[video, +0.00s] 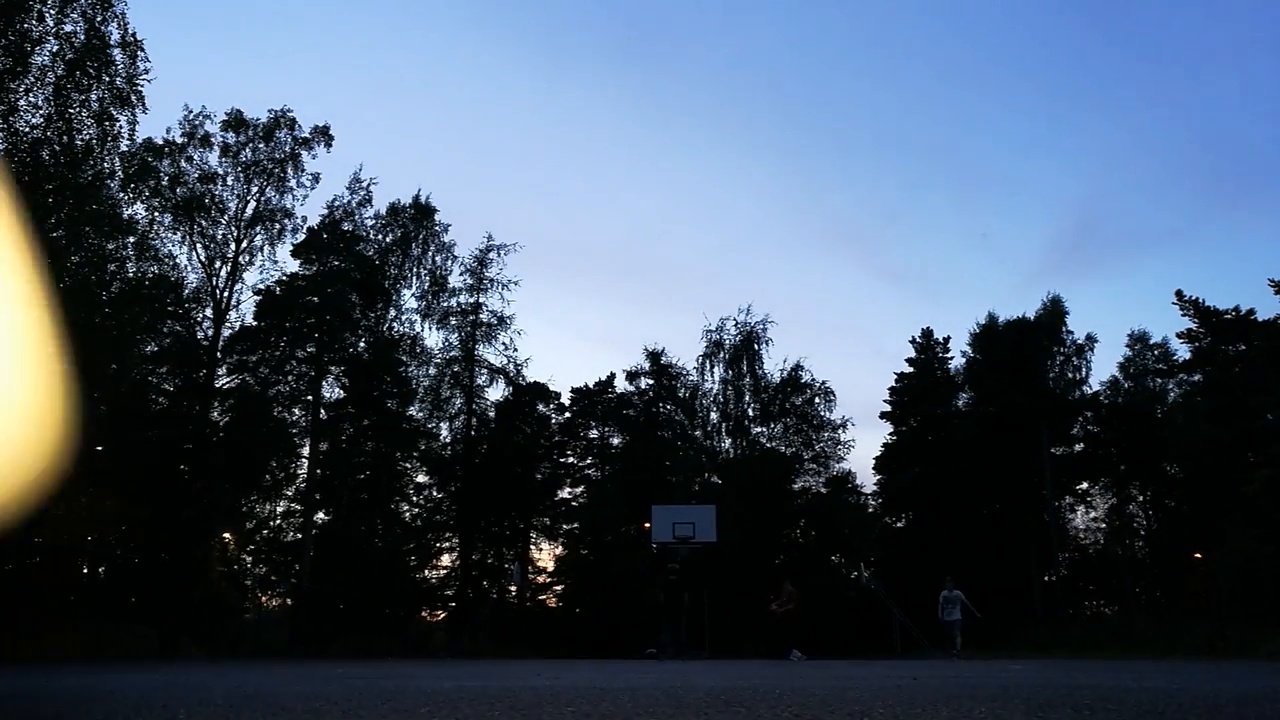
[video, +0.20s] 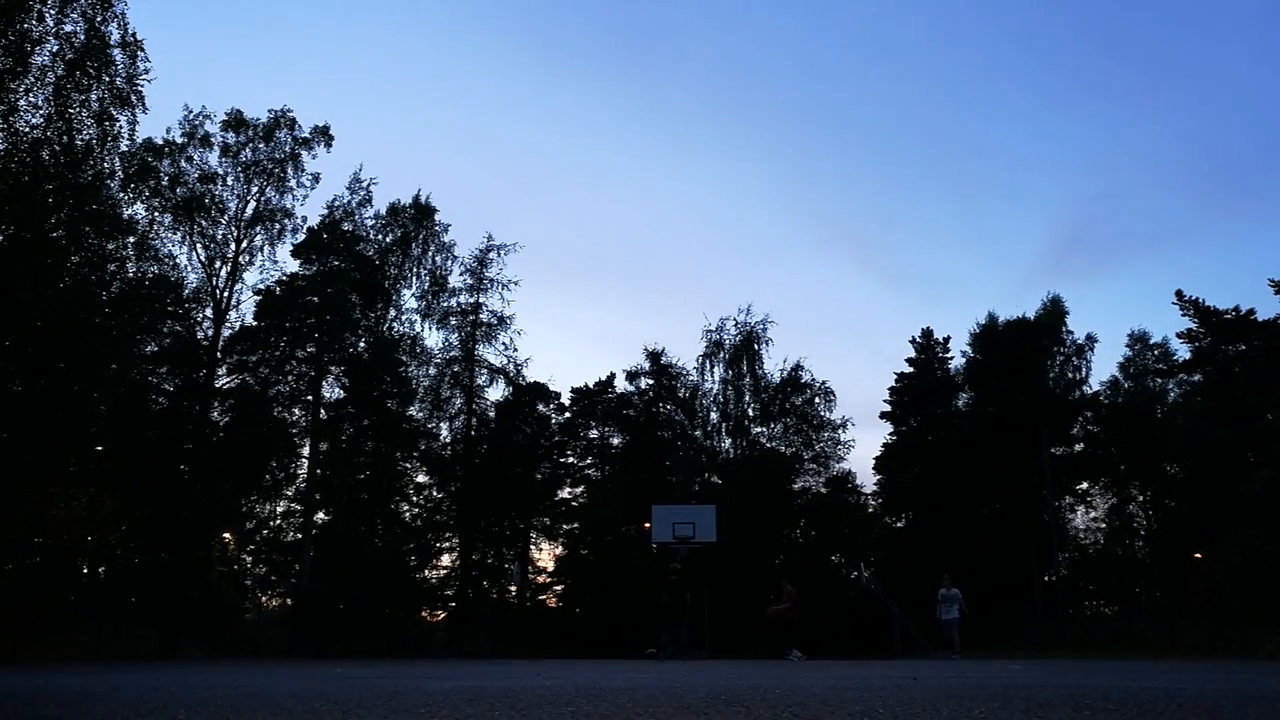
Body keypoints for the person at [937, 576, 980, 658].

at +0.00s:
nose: (949, 586)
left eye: (950, 584)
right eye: (948, 584)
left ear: (953, 585)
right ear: (946, 585)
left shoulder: (958, 593)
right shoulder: (943, 594)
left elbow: (966, 603)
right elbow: (940, 605)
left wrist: (975, 612)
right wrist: (940, 614)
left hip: (956, 617)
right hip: (946, 618)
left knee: (957, 634)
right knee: (948, 634)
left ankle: (957, 650)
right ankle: (949, 650)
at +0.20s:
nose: (947, 584)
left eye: (948, 583)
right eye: (946, 583)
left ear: (950, 583)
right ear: (944, 583)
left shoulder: (956, 592)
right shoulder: (941, 592)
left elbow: (961, 602)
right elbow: (939, 604)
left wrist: (963, 610)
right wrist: (938, 614)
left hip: (954, 617)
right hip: (944, 617)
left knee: (954, 633)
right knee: (946, 634)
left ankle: (956, 651)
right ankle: (948, 651)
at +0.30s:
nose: (945, 583)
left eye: (946, 581)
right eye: (944, 581)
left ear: (949, 582)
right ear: (942, 582)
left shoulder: (954, 591)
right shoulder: (940, 591)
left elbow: (957, 603)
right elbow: (938, 603)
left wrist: (958, 615)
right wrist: (937, 613)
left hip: (953, 616)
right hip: (943, 616)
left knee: (954, 633)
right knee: (943, 633)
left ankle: (956, 651)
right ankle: (944, 651)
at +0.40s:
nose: (943, 583)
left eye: (944, 581)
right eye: (942, 581)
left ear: (947, 582)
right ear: (940, 582)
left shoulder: (952, 591)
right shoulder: (938, 591)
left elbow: (955, 603)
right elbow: (937, 603)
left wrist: (955, 612)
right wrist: (936, 613)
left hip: (951, 616)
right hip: (941, 616)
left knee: (953, 633)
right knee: (941, 632)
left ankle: (955, 650)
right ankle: (941, 650)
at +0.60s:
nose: (935, 584)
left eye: (937, 582)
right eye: (934, 582)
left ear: (939, 583)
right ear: (933, 583)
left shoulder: (944, 592)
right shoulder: (932, 593)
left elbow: (945, 603)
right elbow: (932, 604)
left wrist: (936, 607)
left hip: (946, 617)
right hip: (935, 617)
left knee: (950, 634)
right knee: (935, 634)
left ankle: (954, 651)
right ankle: (935, 650)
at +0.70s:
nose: (931, 583)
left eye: (932, 581)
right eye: (930, 582)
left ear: (934, 582)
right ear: (928, 583)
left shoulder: (940, 591)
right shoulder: (927, 593)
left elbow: (942, 603)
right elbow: (927, 604)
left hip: (941, 616)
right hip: (931, 616)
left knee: (945, 633)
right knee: (932, 634)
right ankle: (932, 650)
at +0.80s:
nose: (927, 582)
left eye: (928, 580)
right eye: (926, 580)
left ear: (930, 580)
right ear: (924, 581)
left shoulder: (936, 589)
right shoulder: (923, 591)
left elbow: (939, 601)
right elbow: (923, 602)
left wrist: (939, 612)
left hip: (936, 616)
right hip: (926, 616)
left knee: (938, 632)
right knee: (929, 634)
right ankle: (931, 651)